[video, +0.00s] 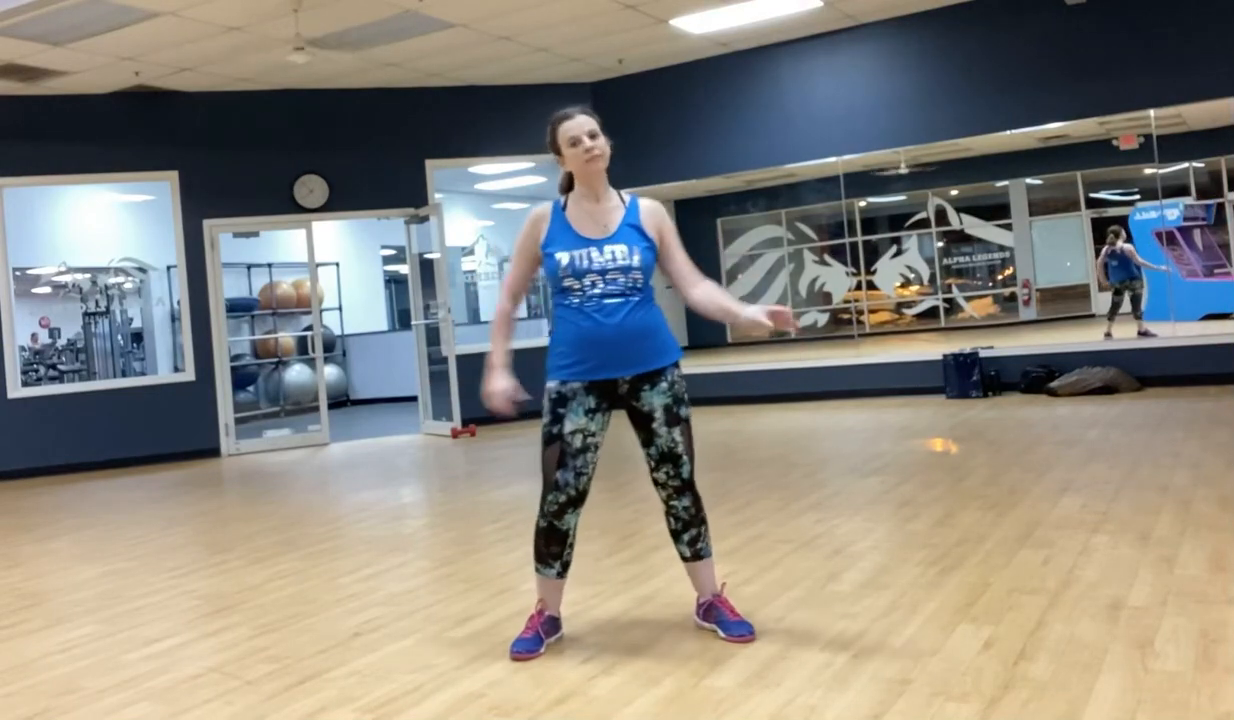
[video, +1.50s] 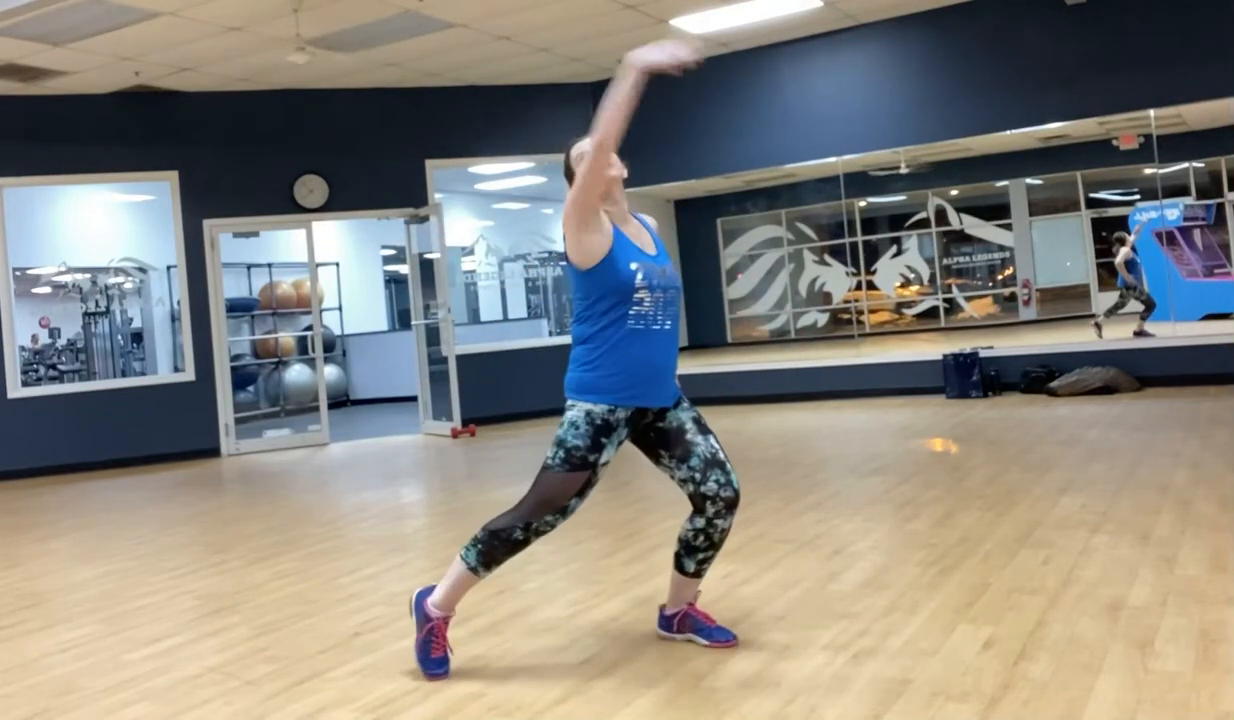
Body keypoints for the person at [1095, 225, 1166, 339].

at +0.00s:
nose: (1125, 234)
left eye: (1124, 232)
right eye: (1123, 232)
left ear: (1112, 236)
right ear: (1120, 235)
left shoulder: (1107, 249)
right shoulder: (1128, 247)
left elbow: (1099, 263)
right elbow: (1139, 262)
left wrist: (1103, 280)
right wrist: (1158, 268)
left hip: (1117, 281)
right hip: (1134, 279)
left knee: (1114, 306)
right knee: (1136, 305)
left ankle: (1108, 330)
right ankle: (1141, 328)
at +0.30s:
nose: (1121, 234)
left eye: (1120, 233)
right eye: (1120, 233)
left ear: (1108, 236)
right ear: (1118, 235)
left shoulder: (1102, 247)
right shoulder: (1123, 248)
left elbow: (1091, 257)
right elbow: (1127, 265)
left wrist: (1079, 267)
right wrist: (1137, 275)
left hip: (1110, 281)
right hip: (1125, 279)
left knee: (1112, 304)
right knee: (1133, 302)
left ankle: (1108, 330)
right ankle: (1140, 327)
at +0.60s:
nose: (1121, 233)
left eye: (1120, 231)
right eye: (1119, 232)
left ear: (1108, 235)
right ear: (1117, 234)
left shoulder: (1104, 246)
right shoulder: (1123, 245)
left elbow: (1091, 249)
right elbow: (1128, 261)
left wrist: (1077, 251)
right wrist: (1132, 274)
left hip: (1109, 281)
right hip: (1123, 279)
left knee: (1111, 304)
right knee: (1138, 299)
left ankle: (1108, 330)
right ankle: (1139, 326)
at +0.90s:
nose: (1129, 234)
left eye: (1128, 232)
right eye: (1127, 233)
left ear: (1117, 237)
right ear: (1124, 236)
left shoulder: (1116, 247)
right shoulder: (1129, 245)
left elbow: (1103, 256)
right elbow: (1128, 259)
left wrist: (1090, 260)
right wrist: (1133, 276)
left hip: (1118, 280)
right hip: (1128, 280)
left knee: (1119, 302)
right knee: (1145, 302)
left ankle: (1101, 322)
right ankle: (1139, 328)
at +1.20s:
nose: (1130, 237)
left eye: (1129, 235)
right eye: (1128, 236)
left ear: (1119, 241)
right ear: (1126, 239)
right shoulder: (1126, 249)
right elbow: (1120, 262)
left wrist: (1163, 257)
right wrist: (1128, 277)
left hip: (1122, 284)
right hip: (1129, 284)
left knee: (1117, 304)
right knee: (1149, 304)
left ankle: (1097, 323)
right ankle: (1139, 328)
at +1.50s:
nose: (1129, 238)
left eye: (1128, 236)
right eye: (1127, 237)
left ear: (1119, 242)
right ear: (1125, 239)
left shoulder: (1127, 248)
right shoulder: (1125, 249)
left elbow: (1134, 235)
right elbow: (1118, 262)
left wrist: (1141, 224)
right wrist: (1127, 277)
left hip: (1127, 285)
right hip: (1131, 285)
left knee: (1120, 304)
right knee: (1151, 304)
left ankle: (1099, 321)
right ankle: (1140, 328)